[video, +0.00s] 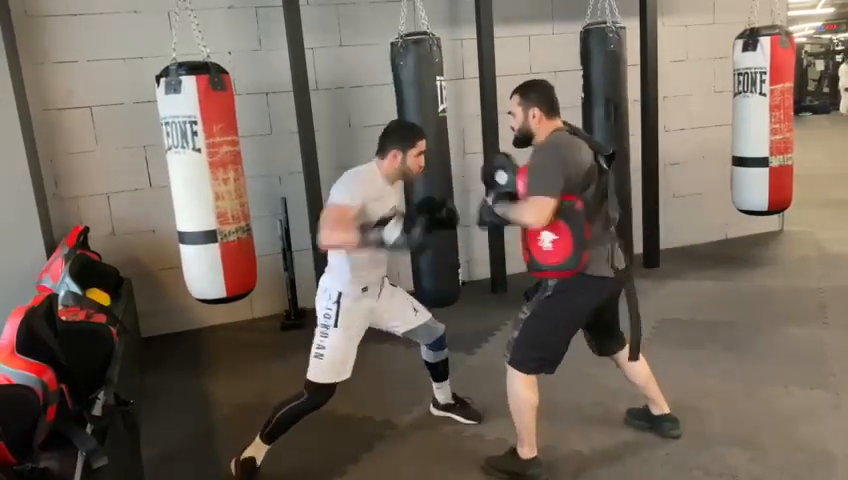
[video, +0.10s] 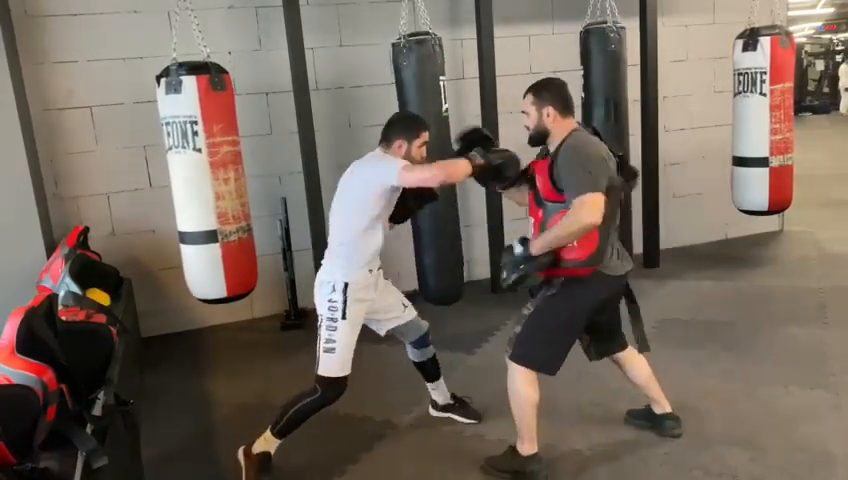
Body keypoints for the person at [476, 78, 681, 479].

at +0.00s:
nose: (512, 122)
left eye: (514, 114)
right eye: (511, 114)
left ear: (535, 113)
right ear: (549, 113)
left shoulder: (550, 150)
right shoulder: (576, 141)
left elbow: (536, 215)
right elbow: (565, 201)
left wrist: (498, 208)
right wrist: (519, 185)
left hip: (577, 277)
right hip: (608, 269)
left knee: (522, 361)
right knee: (618, 344)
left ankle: (526, 455)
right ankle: (662, 413)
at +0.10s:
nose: (525, 121)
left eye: (528, 113)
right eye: (524, 114)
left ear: (549, 112)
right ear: (556, 112)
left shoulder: (577, 151)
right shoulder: (565, 148)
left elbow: (589, 214)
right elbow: (541, 205)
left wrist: (532, 247)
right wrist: (501, 177)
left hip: (582, 279)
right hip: (604, 273)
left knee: (522, 358)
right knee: (616, 345)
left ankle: (526, 452)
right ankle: (663, 412)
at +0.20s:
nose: (526, 119)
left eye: (529, 111)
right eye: (526, 111)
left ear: (549, 109)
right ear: (560, 110)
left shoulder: (564, 145)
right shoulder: (590, 142)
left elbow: (581, 199)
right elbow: (568, 201)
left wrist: (519, 221)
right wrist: (518, 191)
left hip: (578, 275)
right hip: (612, 270)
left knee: (515, 353)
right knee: (622, 342)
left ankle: (518, 449)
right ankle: (664, 413)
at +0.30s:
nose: (524, 130)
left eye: (526, 123)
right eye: (523, 123)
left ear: (545, 119)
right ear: (563, 120)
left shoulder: (541, 149)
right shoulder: (594, 147)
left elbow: (501, 189)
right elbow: (622, 198)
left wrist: (431, 194)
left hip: (577, 273)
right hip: (621, 271)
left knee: (520, 362)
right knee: (625, 341)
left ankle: (514, 462)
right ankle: (664, 413)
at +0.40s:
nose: (514, 142)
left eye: (517, 132)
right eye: (514, 133)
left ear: (538, 128)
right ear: (551, 130)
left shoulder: (534, 160)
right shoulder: (588, 157)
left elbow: (496, 208)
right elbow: (628, 213)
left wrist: (426, 207)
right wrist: (593, 247)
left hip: (570, 283)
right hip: (609, 280)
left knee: (512, 369)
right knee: (617, 347)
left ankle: (512, 466)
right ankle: (663, 413)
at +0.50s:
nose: (493, 136)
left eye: (497, 128)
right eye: (493, 129)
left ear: (519, 125)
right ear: (529, 125)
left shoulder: (542, 153)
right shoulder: (560, 150)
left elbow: (531, 206)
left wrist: (465, 189)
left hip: (577, 284)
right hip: (598, 276)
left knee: (516, 372)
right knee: (610, 352)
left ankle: (513, 466)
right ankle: (660, 413)